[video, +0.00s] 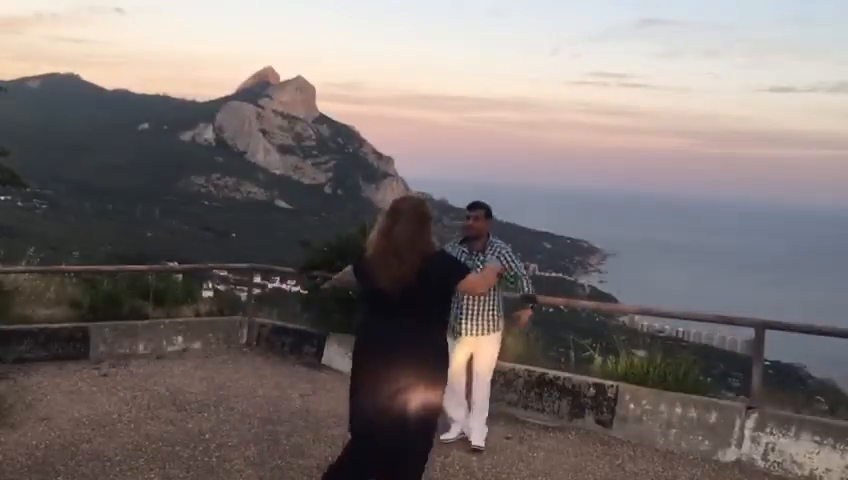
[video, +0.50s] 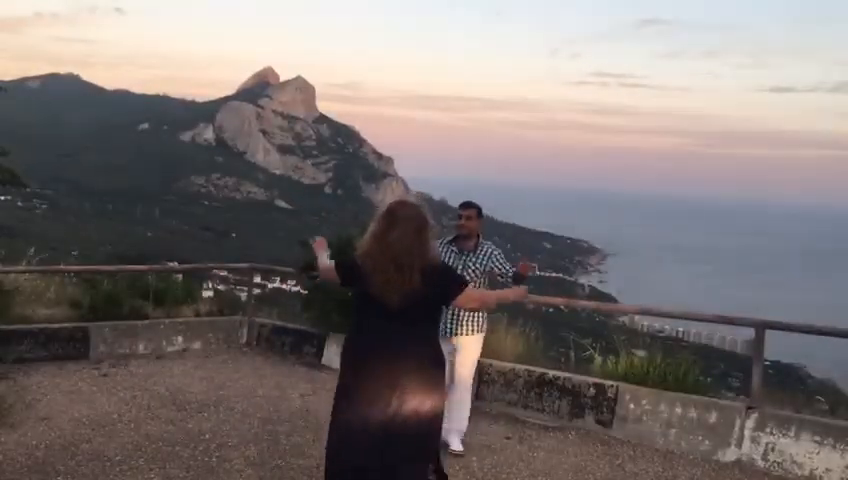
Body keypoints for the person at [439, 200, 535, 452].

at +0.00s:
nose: (470, 222)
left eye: (476, 219)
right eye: (468, 218)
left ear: (489, 223)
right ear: (464, 221)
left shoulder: (500, 251)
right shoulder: (454, 250)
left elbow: (522, 277)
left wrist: (528, 303)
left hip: (488, 331)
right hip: (457, 328)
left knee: (481, 383)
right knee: (454, 379)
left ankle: (477, 434)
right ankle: (456, 424)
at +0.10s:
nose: (470, 223)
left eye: (476, 219)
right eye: (467, 219)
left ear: (488, 223)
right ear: (463, 222)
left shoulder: (499, 251)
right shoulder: (450, 250)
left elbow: (520, 272)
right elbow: (437, 278)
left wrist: (533, 288)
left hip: (486, 332)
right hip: (455, 330)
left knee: (481, 384)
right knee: (453, 381)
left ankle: (477, 434)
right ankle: (455, 424)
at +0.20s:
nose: (468, 222)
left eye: (474, 218)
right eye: (465, 218)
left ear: (485, 222)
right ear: (461, 221)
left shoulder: (496, 249)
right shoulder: (450, 250)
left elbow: (521, 269)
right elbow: (438, 276)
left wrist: (533, 282)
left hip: (482, 329)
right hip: (453, 327)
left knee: (480, 382)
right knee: (454, 380)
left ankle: (476, 435)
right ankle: (452, 428)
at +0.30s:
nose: (466, 222)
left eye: (472, 218)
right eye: (463, 217)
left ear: (483, 223)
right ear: (459, 221)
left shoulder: (494, 251)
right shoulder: (448, 248)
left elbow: (518, 268)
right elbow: (436, 276)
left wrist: (539, 278)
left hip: (477, 328)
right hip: (448, 325)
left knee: (475, 381)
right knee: (451, 380)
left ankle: (474, 434)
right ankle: (451, 430)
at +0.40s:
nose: (464, 222)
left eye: (470, 218)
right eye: (461, 217)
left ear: (481, 223)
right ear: (457, 220)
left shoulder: (491, 250)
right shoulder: (446, 247)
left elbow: (510, 271)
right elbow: (433, 276)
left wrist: (527, 275)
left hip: (473, 328)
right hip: (444, 325)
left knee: (467, 383)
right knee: (445, 381)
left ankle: (463, 437)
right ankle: (445, 431)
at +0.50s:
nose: (463, 222)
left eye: (469, 218)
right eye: (460, 218)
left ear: (480, 223)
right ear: (456, 221)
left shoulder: (490, 253)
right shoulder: (443, 248)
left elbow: (509, 283)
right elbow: (430, 279)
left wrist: (519, 276)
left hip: (470, 328)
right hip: (441, 325)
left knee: (462, 382)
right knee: (437, 379)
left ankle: (454, 434)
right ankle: (429, 431)